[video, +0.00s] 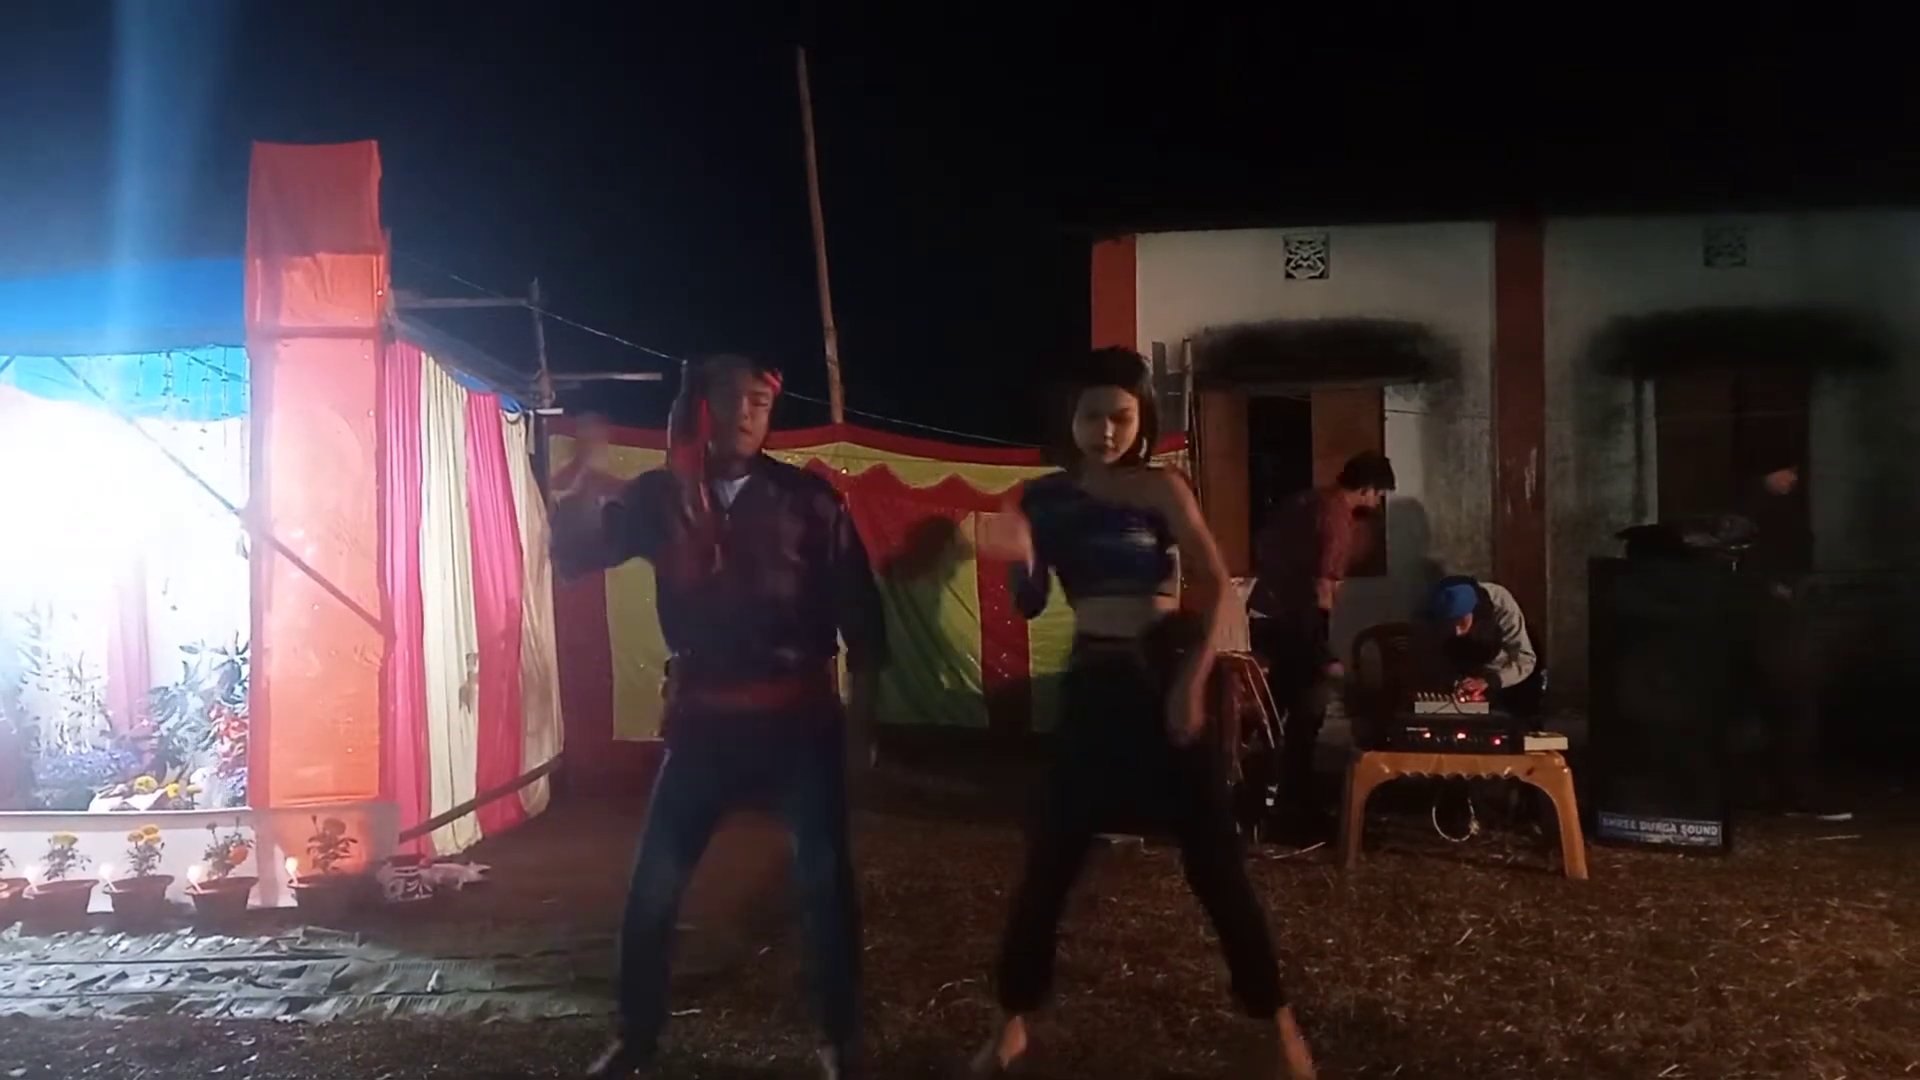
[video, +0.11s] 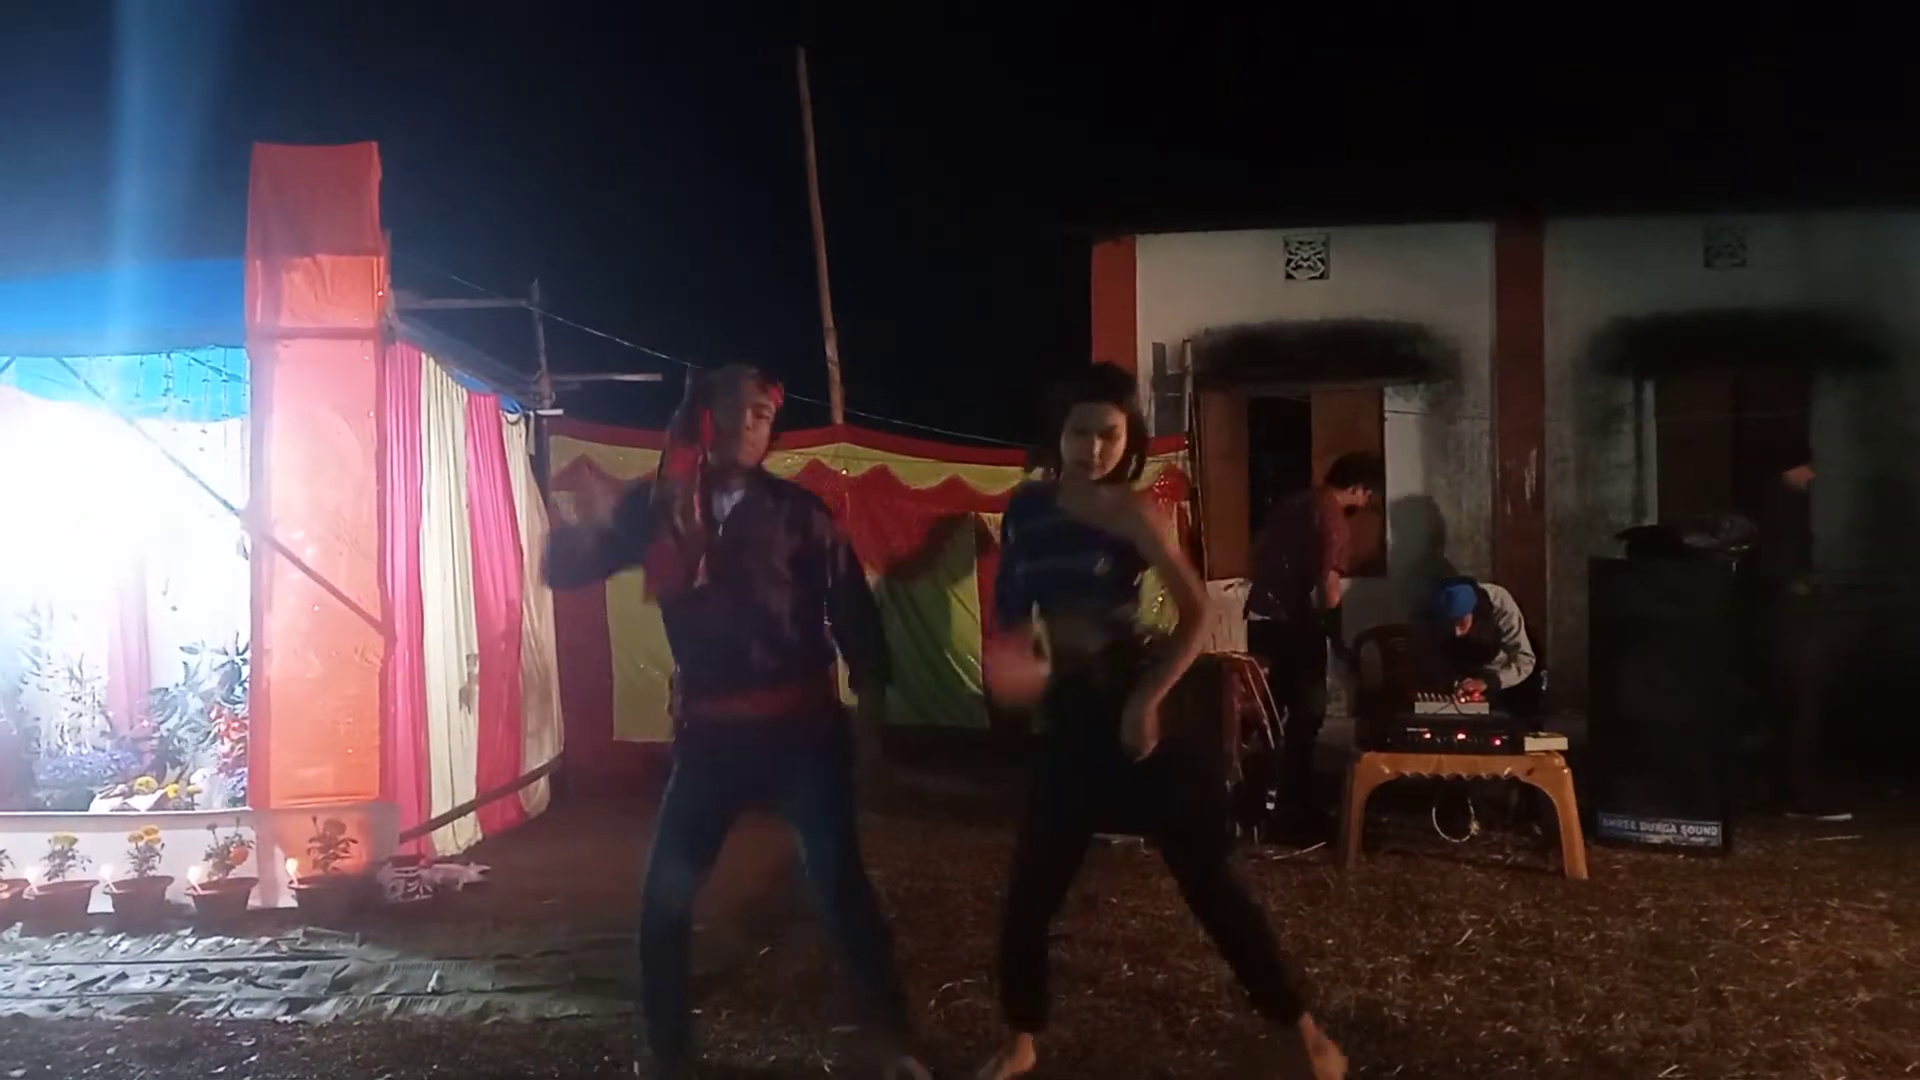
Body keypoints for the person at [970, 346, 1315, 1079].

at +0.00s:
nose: (1106, 429)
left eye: (1121, 416)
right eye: (1094, 415)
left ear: (1141, 422)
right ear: (1071, 418)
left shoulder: (1161, 487)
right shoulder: (1044, 495)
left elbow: (1218, 586)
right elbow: (1027, 597)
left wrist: (1194, 680)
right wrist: (995, 546)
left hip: (1166, 680)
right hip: (1090, 684)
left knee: (1212, 857)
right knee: (1053, 853)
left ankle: (1281, 1023)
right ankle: (1015, 1023)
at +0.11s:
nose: (1096, 448)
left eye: (1111, 435)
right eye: (1083, 431)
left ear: (1128, 443)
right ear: (1057, 432)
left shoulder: (1130, 511)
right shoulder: (1025, 508)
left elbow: (1200, 611)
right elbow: (1008, 623)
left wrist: (1151, 695)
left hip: (1148, 706)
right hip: (1073, 710)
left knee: (1207, 882)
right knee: (1030, 887)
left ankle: (1310, 1035)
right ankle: (1021, 1043)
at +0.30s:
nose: (1091, 468)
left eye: (1104, 455)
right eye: (1077, 454)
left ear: (1121, 459)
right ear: (1053, 457)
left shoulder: (1141, 539)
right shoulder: (1018, 533)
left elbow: (1182, 650)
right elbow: (987, 640)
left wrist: (1136, 719)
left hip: (1110, 726)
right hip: (1032, 725)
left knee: (1169, 888)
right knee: (1002, 896)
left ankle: (1285, 1032)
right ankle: (1004, 1046)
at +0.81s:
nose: (1105, 448)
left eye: (1118, 433)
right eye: (1092, 435)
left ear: (1144, 431)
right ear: (1075, 439)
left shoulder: (1188, 493)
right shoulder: (1077, 517)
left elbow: (1257, 590)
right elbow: (1065, 612)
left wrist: (1241, 692)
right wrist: (1033, 554)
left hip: (1201, 689)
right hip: (1125, 690)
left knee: (1205, 875)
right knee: (1069, 854)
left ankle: (1228, 1047)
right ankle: (1001, 1017)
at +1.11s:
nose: (1137, 461)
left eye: (1150, 449)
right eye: (1123, 445)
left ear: (1164, 460)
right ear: (1093, 452)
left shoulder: (1175, 540)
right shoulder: (1060, 533)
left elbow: (1227, 648)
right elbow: (1050, 647)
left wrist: (1183, 742)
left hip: (1164, 740)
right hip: (1082, 739)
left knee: (1189, 914)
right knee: (1046, 915)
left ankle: (1270, 1055)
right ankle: (1051, 1060)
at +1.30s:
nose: (1170, 414)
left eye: (1179, 401)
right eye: (1157, 401)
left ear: (1188, 403)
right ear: (1122, 399)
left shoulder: (1189, 484)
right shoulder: (1079, 472)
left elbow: (1205, 590)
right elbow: (1064, 563)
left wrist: (1189, 677)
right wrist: (1138, 585)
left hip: (1154, 663)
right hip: (1075, 661)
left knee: (1175, 843)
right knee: (1048, 841)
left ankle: (1207, 1022)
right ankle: (1023, 1021)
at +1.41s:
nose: (1180, 404)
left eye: (1188, 392)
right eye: (1169, 389)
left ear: (1193, 396)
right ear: (1129, 386)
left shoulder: (1179, 479)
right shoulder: (1095, 463)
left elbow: (1184, 580)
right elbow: (1121, 493)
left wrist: (1187, 664)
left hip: (1142, 663)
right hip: (1069, 655)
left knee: (1169, 846)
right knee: (1039, 839)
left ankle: (1171, 1032)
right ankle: (973, 1014)